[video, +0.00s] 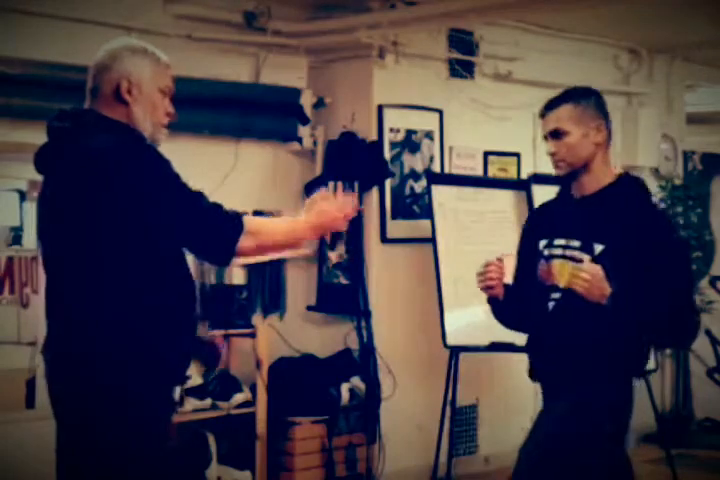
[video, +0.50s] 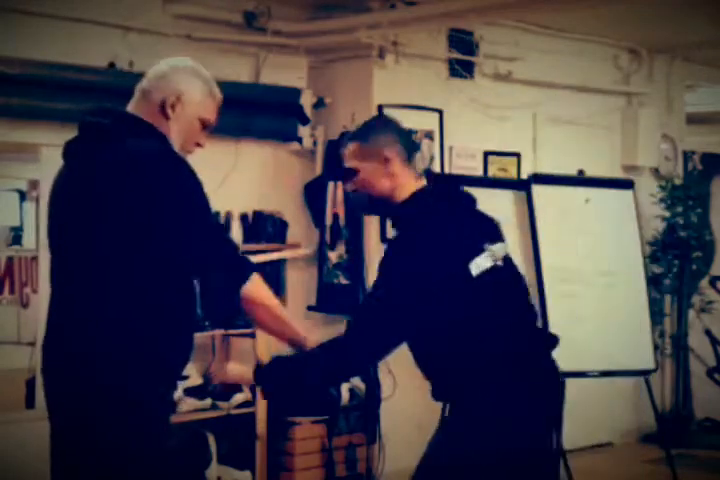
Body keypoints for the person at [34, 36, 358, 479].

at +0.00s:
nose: (171, 112)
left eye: (171, 98)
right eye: (165, 95)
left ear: (124, 90)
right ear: (128, 90)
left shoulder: (69, 158)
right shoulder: (126, 156)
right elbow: (226, 239)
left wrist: (294, 228)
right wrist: (310, 225)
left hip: (81, 374)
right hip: (127, 380)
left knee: (85, 470)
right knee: (133, 470)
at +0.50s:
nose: (203, 142)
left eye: (209, 130)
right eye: (203, 126)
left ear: (162, 105)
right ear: (170, 107)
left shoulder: (77, 165)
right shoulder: (163, 170)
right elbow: (238, 281)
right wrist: (303, 340)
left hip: (70, 367)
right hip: (135, 375)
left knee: (75, 469)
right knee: (133, 469)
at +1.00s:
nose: (196, 115)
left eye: (196, 102)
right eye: (191, 99)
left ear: (153, 96)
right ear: (154, 97)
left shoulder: (85, 158)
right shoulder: (144, 162)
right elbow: (213, 282)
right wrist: (285, 333)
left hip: (81, 366)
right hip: (129, 377)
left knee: (83, 469)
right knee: (129, 470)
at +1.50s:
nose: (178, 112)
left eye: (178, 99)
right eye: (173, 95)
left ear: (131, 91)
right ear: (135, 91)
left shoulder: (68, 153)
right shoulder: (120, 159)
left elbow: (87, 286)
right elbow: (182, 271)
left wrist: (162, 341)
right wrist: (234, 268)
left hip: (56, 367)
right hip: (102, 378)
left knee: (57, 469)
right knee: (104, 469)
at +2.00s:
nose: (136, 103)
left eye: (134, 91)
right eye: (129, 89)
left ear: (89, 90)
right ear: (91, 90)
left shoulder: (42, 152)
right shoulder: (84, 157)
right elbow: (175, 241)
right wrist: (268, 242)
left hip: (48, 371)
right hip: (89, 381)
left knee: (50, 467)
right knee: (92, 468)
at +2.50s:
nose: (163, 107)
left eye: (161, 95)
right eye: (156, 93)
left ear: (115, 93)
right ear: (118, 93)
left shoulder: (66, 157)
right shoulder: (116, 158)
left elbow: (119, 264)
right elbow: (212, 243)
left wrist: (197, 290)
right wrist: (247, 213)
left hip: (84, 380)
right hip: (129, 387)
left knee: (91, 469)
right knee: (154, 470)